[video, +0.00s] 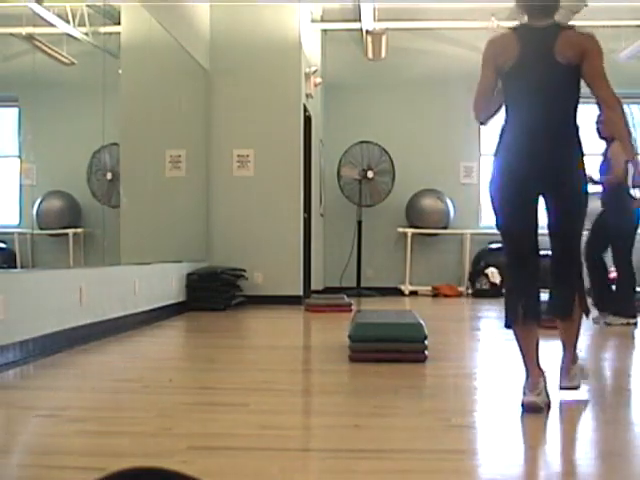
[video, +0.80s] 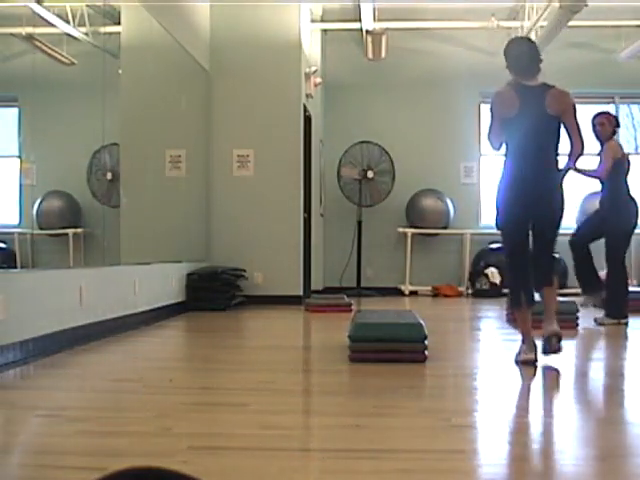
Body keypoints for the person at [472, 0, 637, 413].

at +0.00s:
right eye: (558, 8)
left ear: (520, 9)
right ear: (559, 8)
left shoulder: (499, 45)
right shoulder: (580, 42)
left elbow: (482, 112)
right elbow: (608, 101)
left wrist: (509, 83)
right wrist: (624, 145)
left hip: (512, 166)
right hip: (563, 166)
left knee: (519, 268)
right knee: (567, 259)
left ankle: (533, 378)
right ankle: (569, 362)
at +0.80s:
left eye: (509, 64)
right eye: (535, 58)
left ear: (509, 66)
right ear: (539, 62)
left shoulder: (502, 97)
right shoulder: (559, 97)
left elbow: (494, 141)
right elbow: (578, 146)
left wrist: (508, 121)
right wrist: (565, 171)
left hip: (513, 190)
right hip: (548, 189)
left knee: (516, 263)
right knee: (544, 256)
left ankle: (528, 342)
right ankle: (551, 324)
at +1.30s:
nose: (490, 83)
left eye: (495, 78)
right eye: (491, 78)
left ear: (509, 81)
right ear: (510, 81)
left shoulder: (518, 109)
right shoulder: (512, 111)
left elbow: (546, 142)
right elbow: (516, 160)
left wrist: (523, 169)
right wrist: (488, 183)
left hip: (529, 190)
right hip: (530, 189)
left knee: (496, 252)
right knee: (532, 258)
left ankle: (527, 318)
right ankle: (540, 327)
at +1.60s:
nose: (483, 86)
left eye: (488, 81)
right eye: (484, 81)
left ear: (504, 84)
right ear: (504, 85)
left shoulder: (510, 113)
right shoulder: (513, 112)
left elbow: (507, 158)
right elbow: (537, 152)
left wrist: (463, 156)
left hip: (528, 194)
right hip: (528, 193)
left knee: (523, 260)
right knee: (496, 254)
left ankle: (527, 335)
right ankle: (523, 328)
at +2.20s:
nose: (477, 85)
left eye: (482, 80)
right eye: (478, 80)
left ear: (499, 86)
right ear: (494, 87)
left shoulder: (507, 115)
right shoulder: (492, 123)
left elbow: (545, 137)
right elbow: (471, 160)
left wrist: (568, 177)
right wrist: (434, 164)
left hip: (524, 194)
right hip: (520, 195)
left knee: (486, 249)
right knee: (517, 259)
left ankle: (508, 318)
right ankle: (517, 332)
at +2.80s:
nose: (490, 87)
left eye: (495, 82)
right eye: (490, 83)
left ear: (509, 84)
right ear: (502, 86)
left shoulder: (516, 113)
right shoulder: (507, 114)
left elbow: (506, 149)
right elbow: (498, 157)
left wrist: (503, 183)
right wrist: (484, 190)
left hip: (520, 193)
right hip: (513, 192)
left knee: (510, 261)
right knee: (507, 261)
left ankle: (517, 335)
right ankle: (513, 332)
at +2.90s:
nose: (493, 87)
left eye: (499, 82)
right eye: (493, 82)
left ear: (514, 85)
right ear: (497, 86)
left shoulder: (516, 114)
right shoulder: (503, 119)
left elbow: (497, 157)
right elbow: (490, 165)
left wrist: (461, 183)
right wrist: (459, 184)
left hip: (530, 194)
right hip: (522, 194)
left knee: (511, 259)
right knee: (512, 259)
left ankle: (516, 333)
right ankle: (514, 332)